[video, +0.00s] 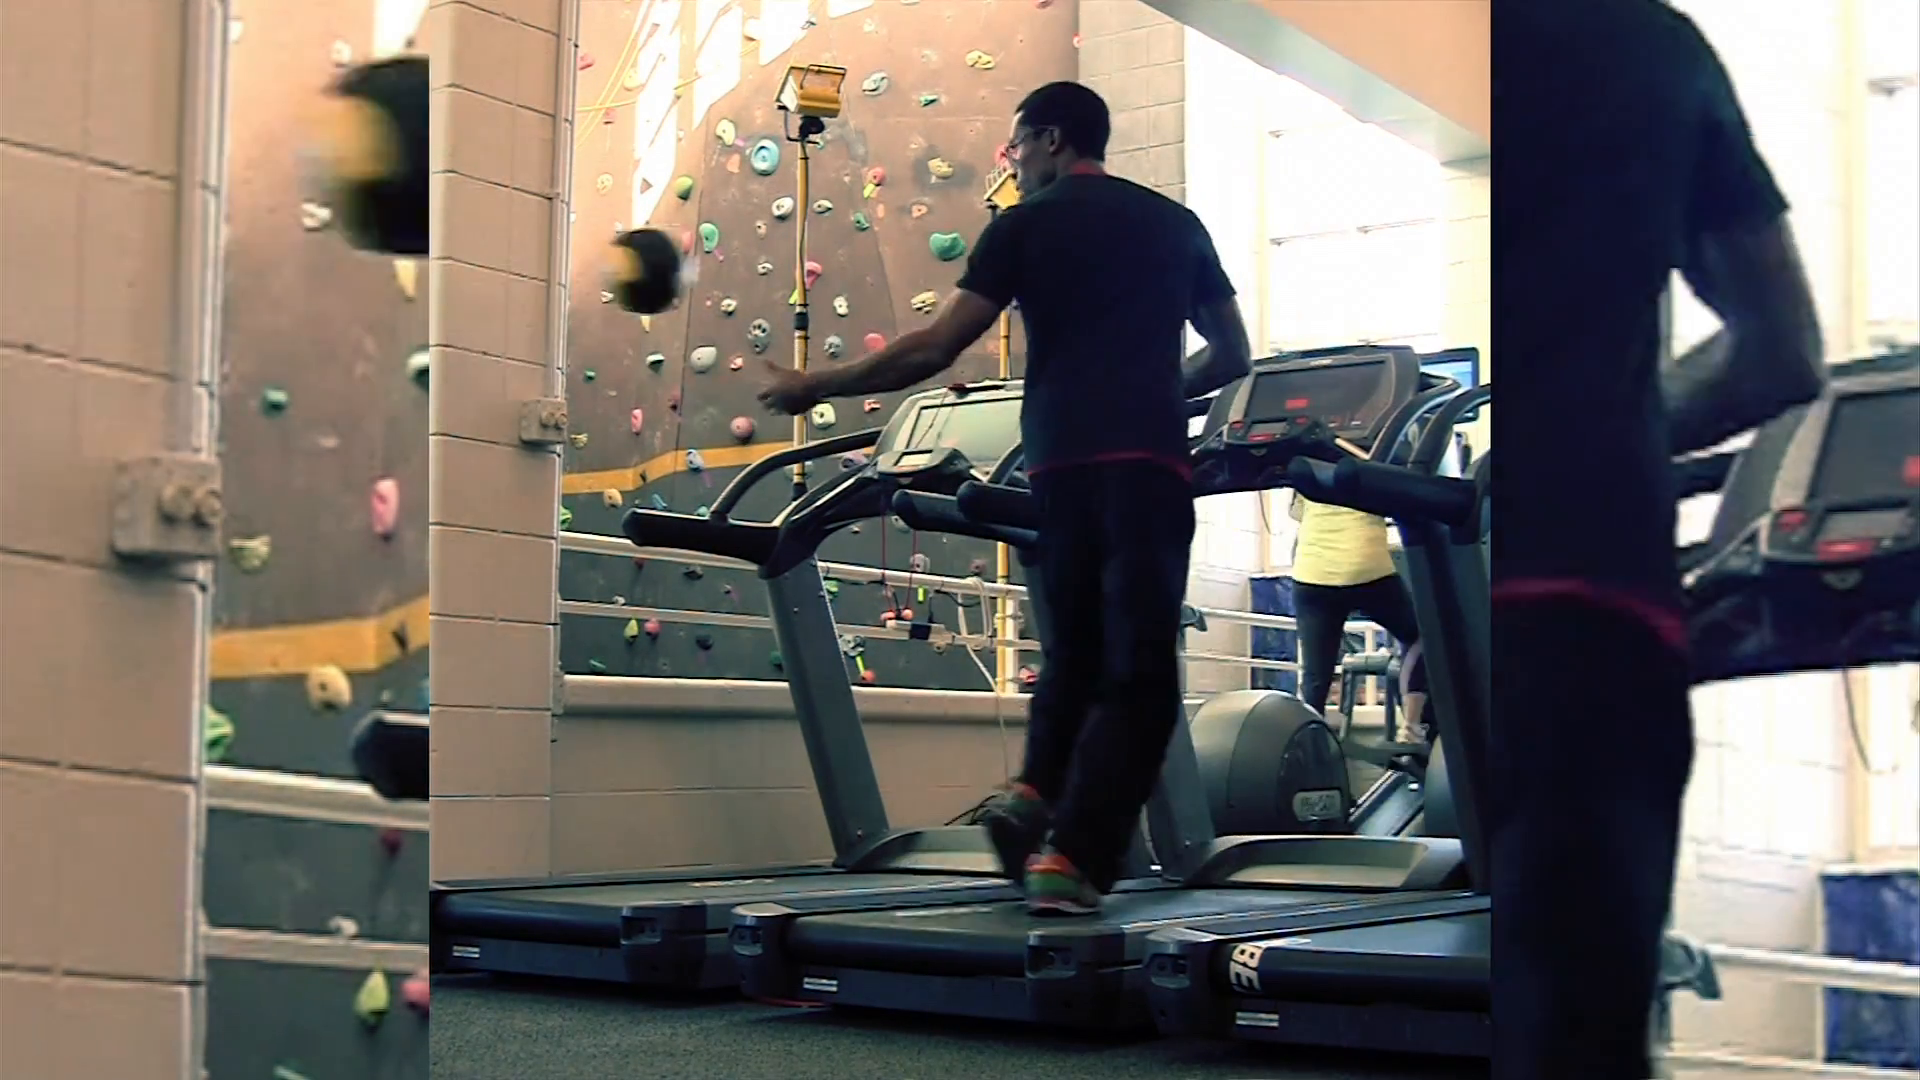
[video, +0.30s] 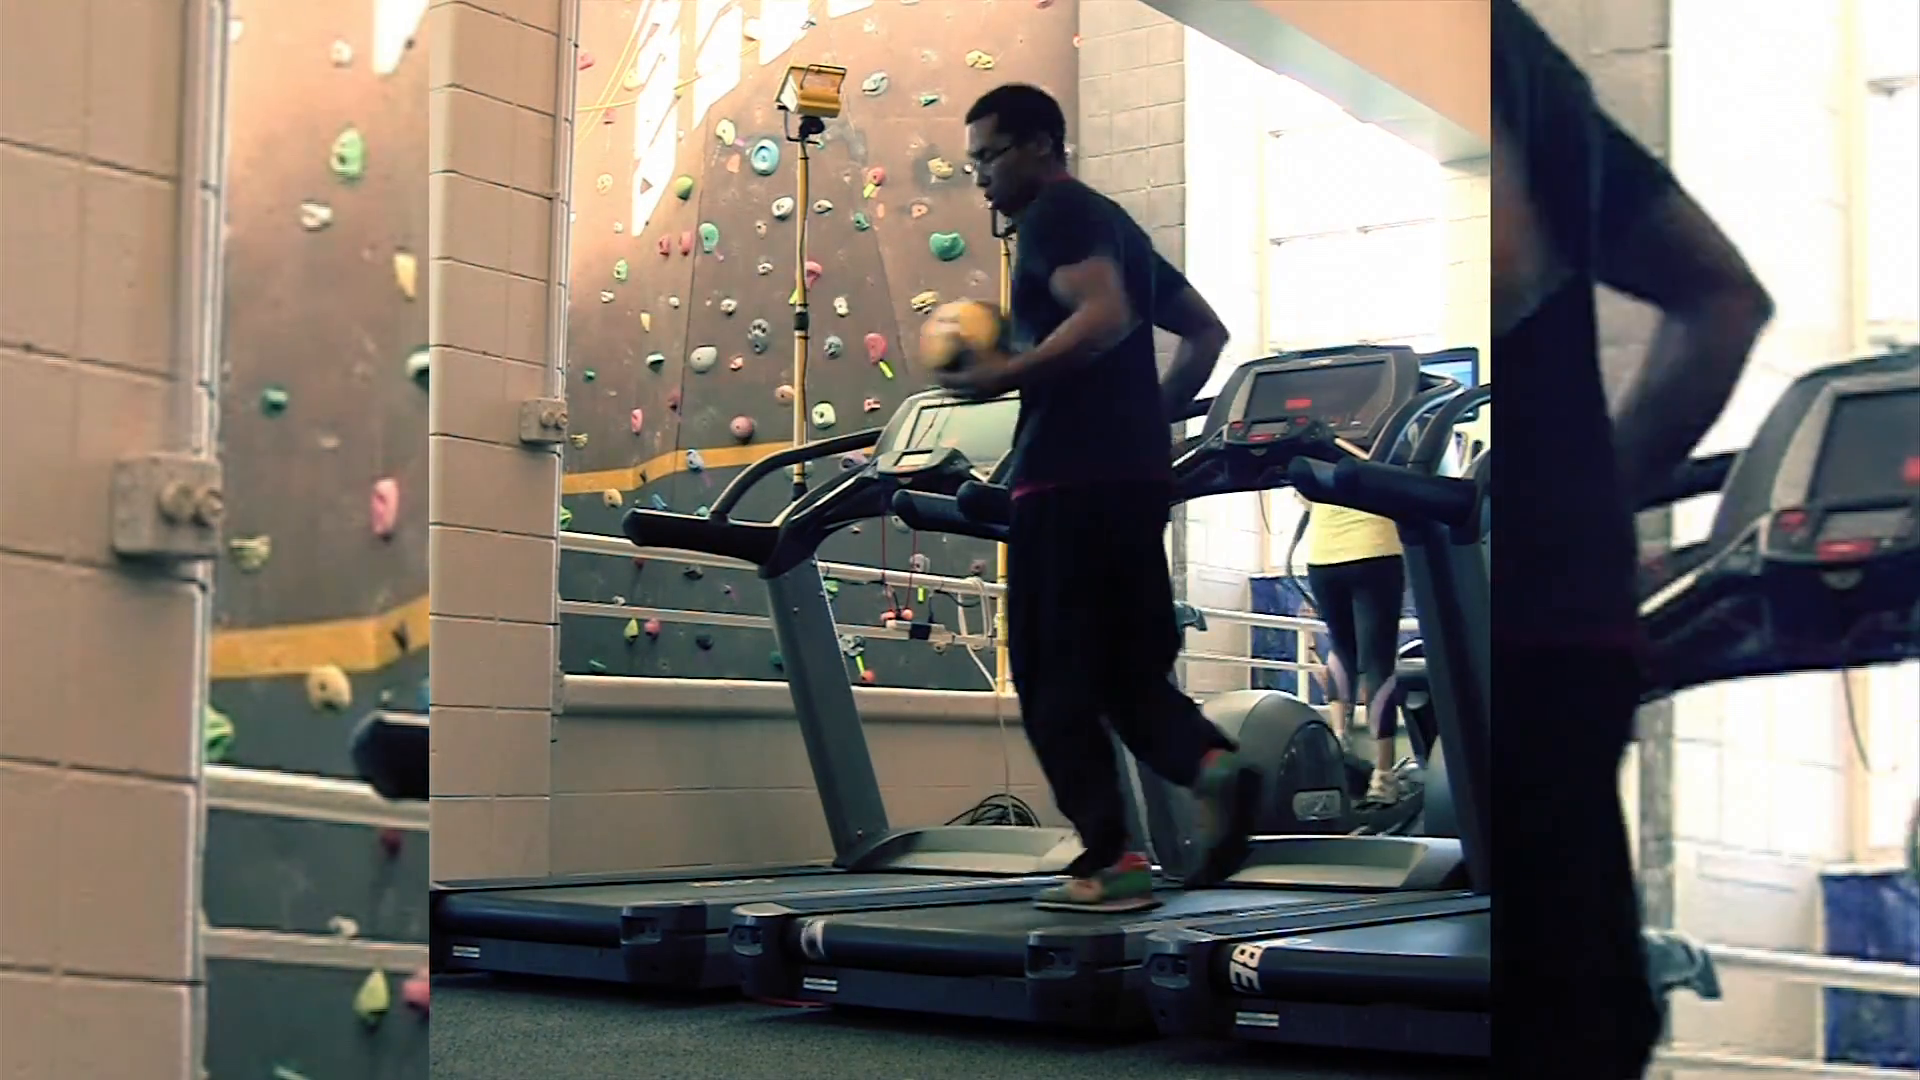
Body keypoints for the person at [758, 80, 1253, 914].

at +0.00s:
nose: (1013, 169)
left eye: (1019, 151)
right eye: (1013, 153)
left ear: (1056, 144)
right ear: (1098, 147)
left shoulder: (1028, 223)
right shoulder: (1177, 222)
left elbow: (940, 343)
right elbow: (1232, 355)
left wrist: (818, 384)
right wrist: (1161, 389)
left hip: (1061, 464)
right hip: (1154, 467)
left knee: (1069, 653)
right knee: (1146, 674)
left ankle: (1033, 791)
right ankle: (1071, 861)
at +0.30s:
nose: (978, 176)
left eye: (988, 156)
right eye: (973, 161)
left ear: (1037, 149)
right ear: (1053, 158)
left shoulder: (1054, 212)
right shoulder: (1111, 223)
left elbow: (1106, 313)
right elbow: (1205, 333)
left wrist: (1007, 370)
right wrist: (1153, 414)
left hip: (1066, 481)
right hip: (1133, 479)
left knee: (1050, 675)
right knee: (1126, 667)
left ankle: (1110, 858)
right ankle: (1214, 770)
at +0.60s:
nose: (1047, 98)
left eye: (1060, 83)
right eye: (1030, 83)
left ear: (1078, 82)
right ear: (1000, 84)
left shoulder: (1124, 158)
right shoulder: (991, 190)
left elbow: (1227, 239)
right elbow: (1022, 292)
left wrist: (1211, 369)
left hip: (1120, 396)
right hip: (1037, 413)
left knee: (1111, 582)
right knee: (1052, 607)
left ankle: (1186, 795)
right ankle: (1102, 816)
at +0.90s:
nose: (1173, 124)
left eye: (1178, 110)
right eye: (1165, 103)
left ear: (1133, 100)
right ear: (1113, 88)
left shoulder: (1140, 210)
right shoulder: (1009, 161)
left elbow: (1107, 328)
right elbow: (896, 242)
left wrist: (1135, 419)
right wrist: (904, 327)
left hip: (1128, 450)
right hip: (1029, 446)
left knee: (1196, 626)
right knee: (1000, 641)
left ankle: (1193, 816)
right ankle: (991, 844)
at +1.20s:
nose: (1177, 202)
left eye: (1180, 193)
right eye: (1176, 188)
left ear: (1107, 161)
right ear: (1144, 164)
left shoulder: (1027, 230)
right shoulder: (1120, 197)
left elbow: (1040, 394)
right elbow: (1242, 270)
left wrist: (1150, 472)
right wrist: (1283, 327)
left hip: (997, 478)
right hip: (1064, 471)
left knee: (1040, 675)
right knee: (1110, 666)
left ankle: (1038, 860)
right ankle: (979, 823)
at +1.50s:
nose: (1233, 179)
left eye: (1242, 168)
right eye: (1220, 161)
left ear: (1234, 174)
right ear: (1173, 155)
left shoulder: (1149, 235)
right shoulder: (1141, 217)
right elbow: (1026, 252)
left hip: (1079, 491)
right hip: (1117, 490)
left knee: (1102, 680)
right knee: (1208, 655)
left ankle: (949, 766)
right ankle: (1151, 858)